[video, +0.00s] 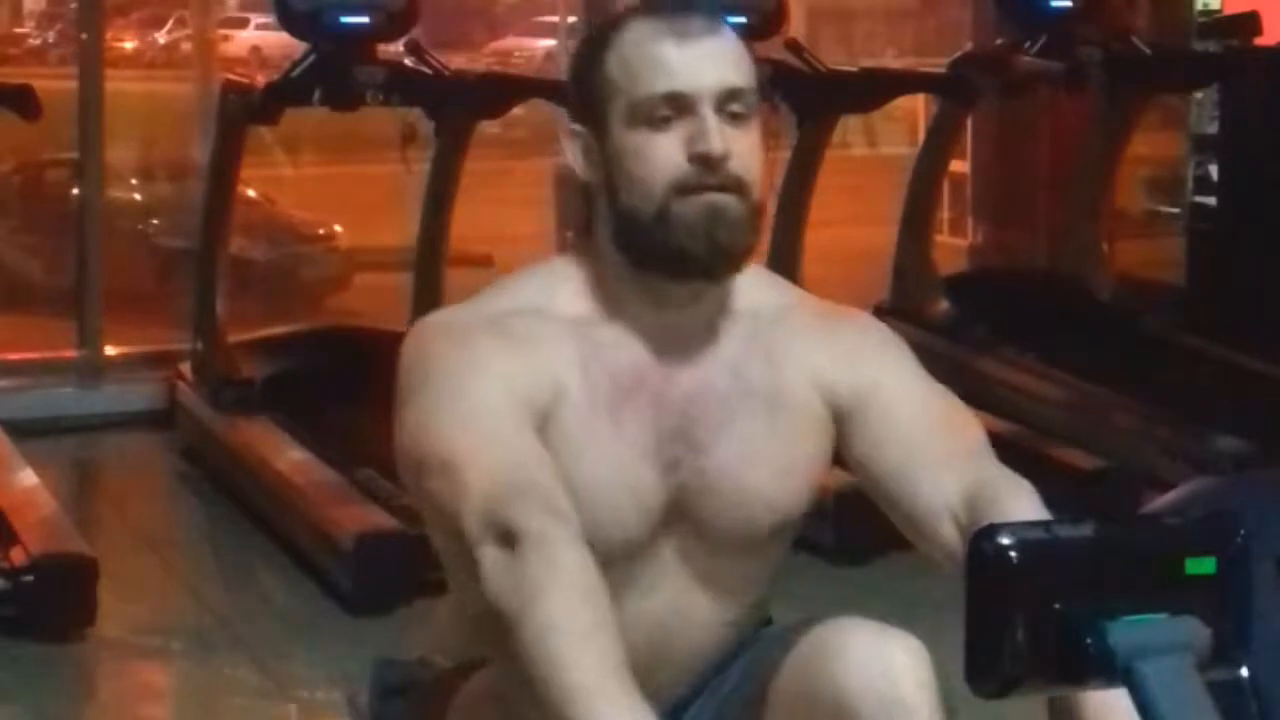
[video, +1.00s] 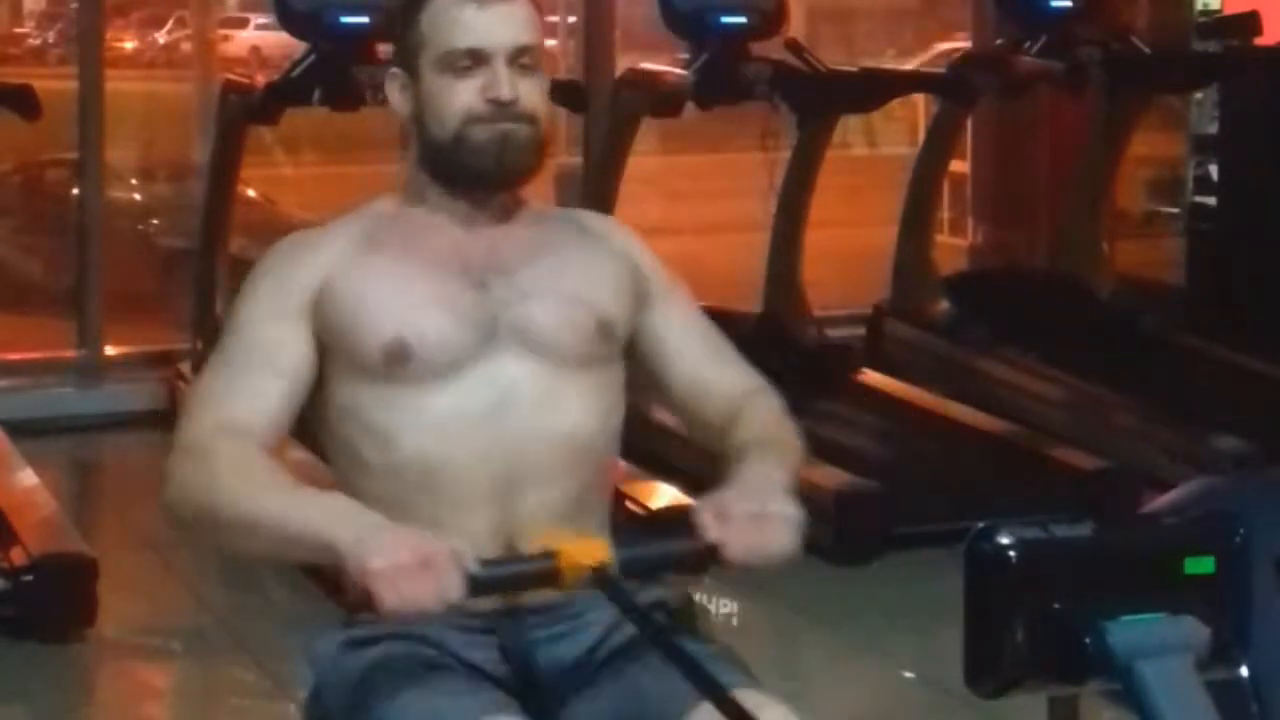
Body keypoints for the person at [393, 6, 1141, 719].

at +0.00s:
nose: (712, 145)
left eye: (734, 111)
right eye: (663, 115)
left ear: (765, 137)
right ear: (581, 151)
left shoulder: (838, 347)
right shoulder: (471, 354)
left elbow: (982, 504)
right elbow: (528, 561)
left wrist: (1099, 687)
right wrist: (620, 713)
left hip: (710, 684)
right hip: (502, 692)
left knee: (881, 664)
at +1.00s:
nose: (503, 90)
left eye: (524, 65)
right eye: (465, 66)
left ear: (548, 88)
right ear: (402, 93)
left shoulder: (606, 252)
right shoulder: (314, 267)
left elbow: (746, 406)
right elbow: (203, 467)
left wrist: (762, 479)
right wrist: (363, 535)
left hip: (602, 612)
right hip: (413, 631)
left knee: (759, 716)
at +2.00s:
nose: (568, 90)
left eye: (592, 62)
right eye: (526, 65)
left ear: (622, 84)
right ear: (459, 89)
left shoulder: (697, 266)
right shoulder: (374, 273)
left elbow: (823, 418)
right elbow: (385, 451)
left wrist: (908, 567)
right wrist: (497, 613)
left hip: (641, 635)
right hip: (429, 641)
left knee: (842, 679)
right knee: (509, 697)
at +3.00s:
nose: (611, 129)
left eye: (634, 96)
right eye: (569, 97)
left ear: (659, 109)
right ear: (492, 114)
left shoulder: (723, 295)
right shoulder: (383, 304)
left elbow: (873, 448)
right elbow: (361, 505)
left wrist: (935, 622)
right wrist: (498, 680)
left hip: (641, 647)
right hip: (439, 658)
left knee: (809, 692)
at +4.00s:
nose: (495, 113)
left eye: (515, 86)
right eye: (459, 87)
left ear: (539, 100)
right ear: (395, 100)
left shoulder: (593, 250)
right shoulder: (314, 257)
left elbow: (711, 398)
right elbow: (205, 441)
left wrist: (735, 463)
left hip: (579, 621)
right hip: (401, 630)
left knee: (692, 712)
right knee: (410, 708)